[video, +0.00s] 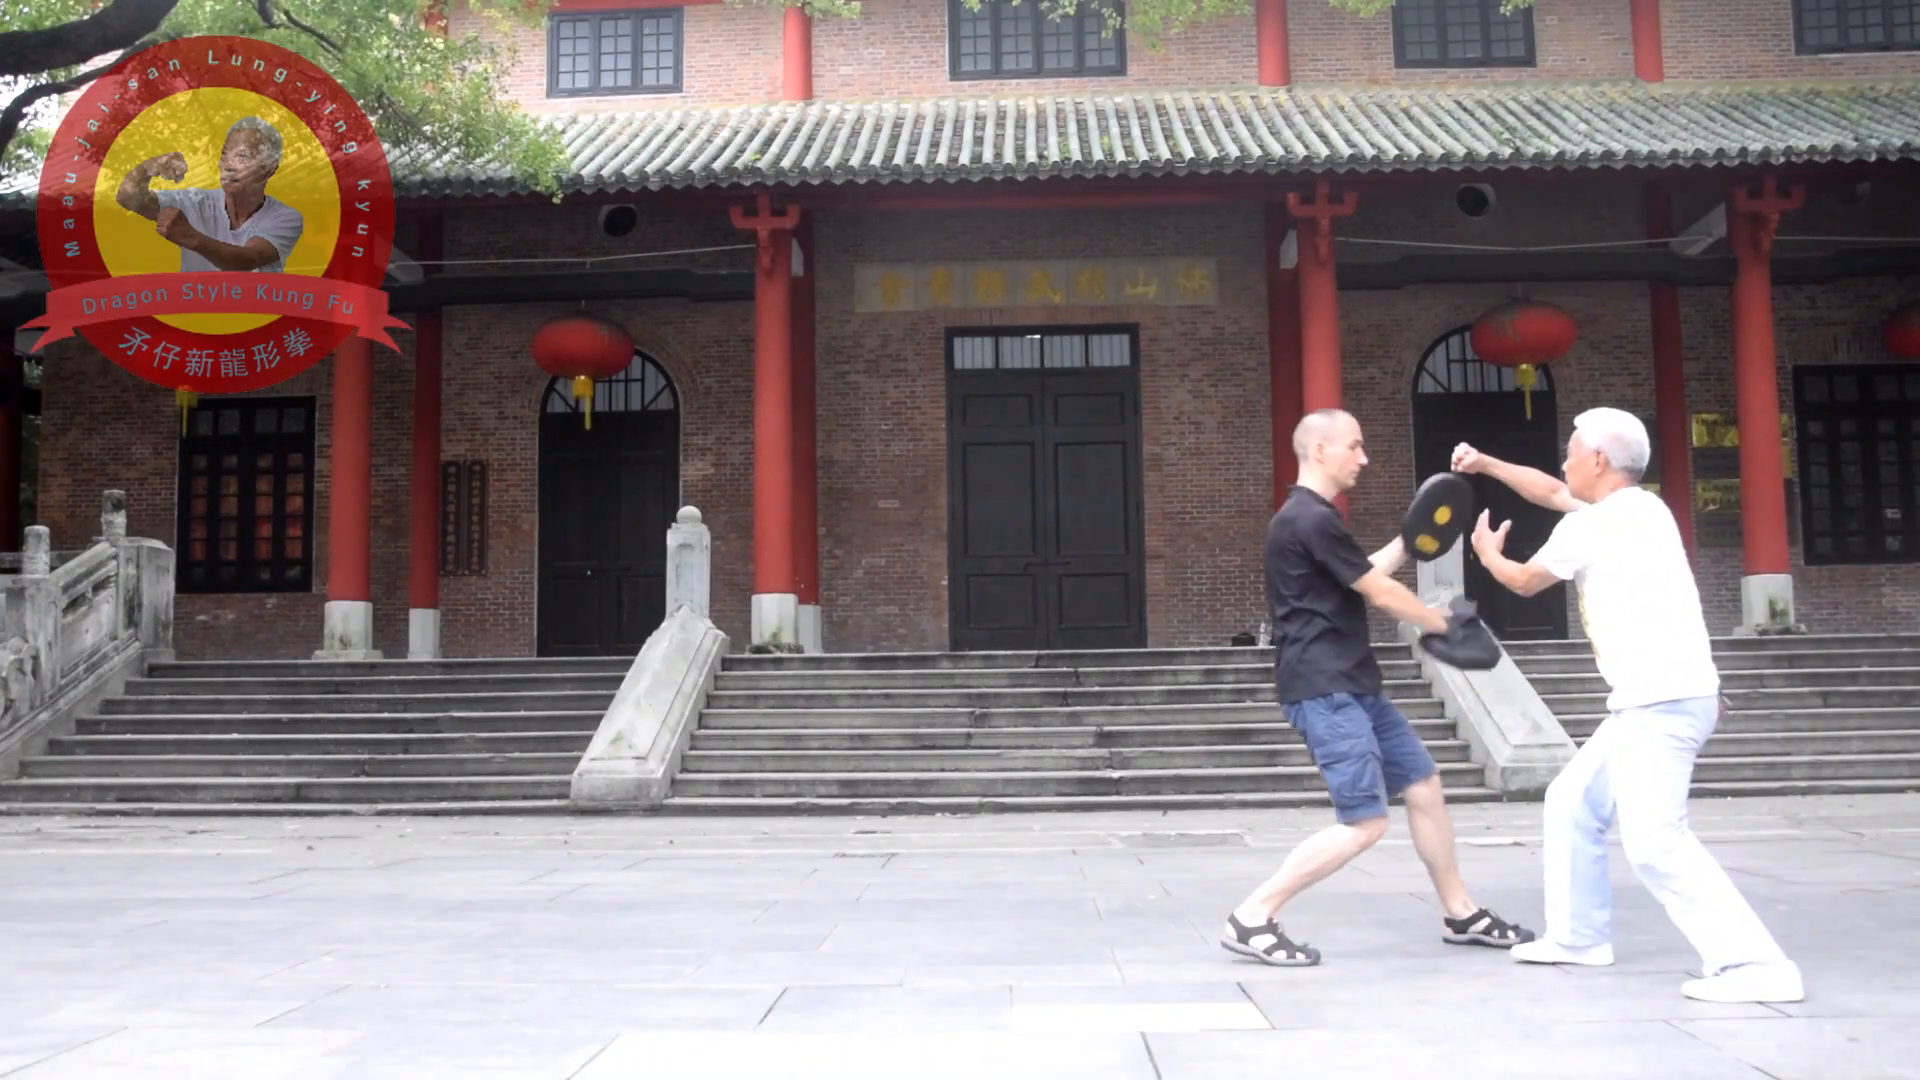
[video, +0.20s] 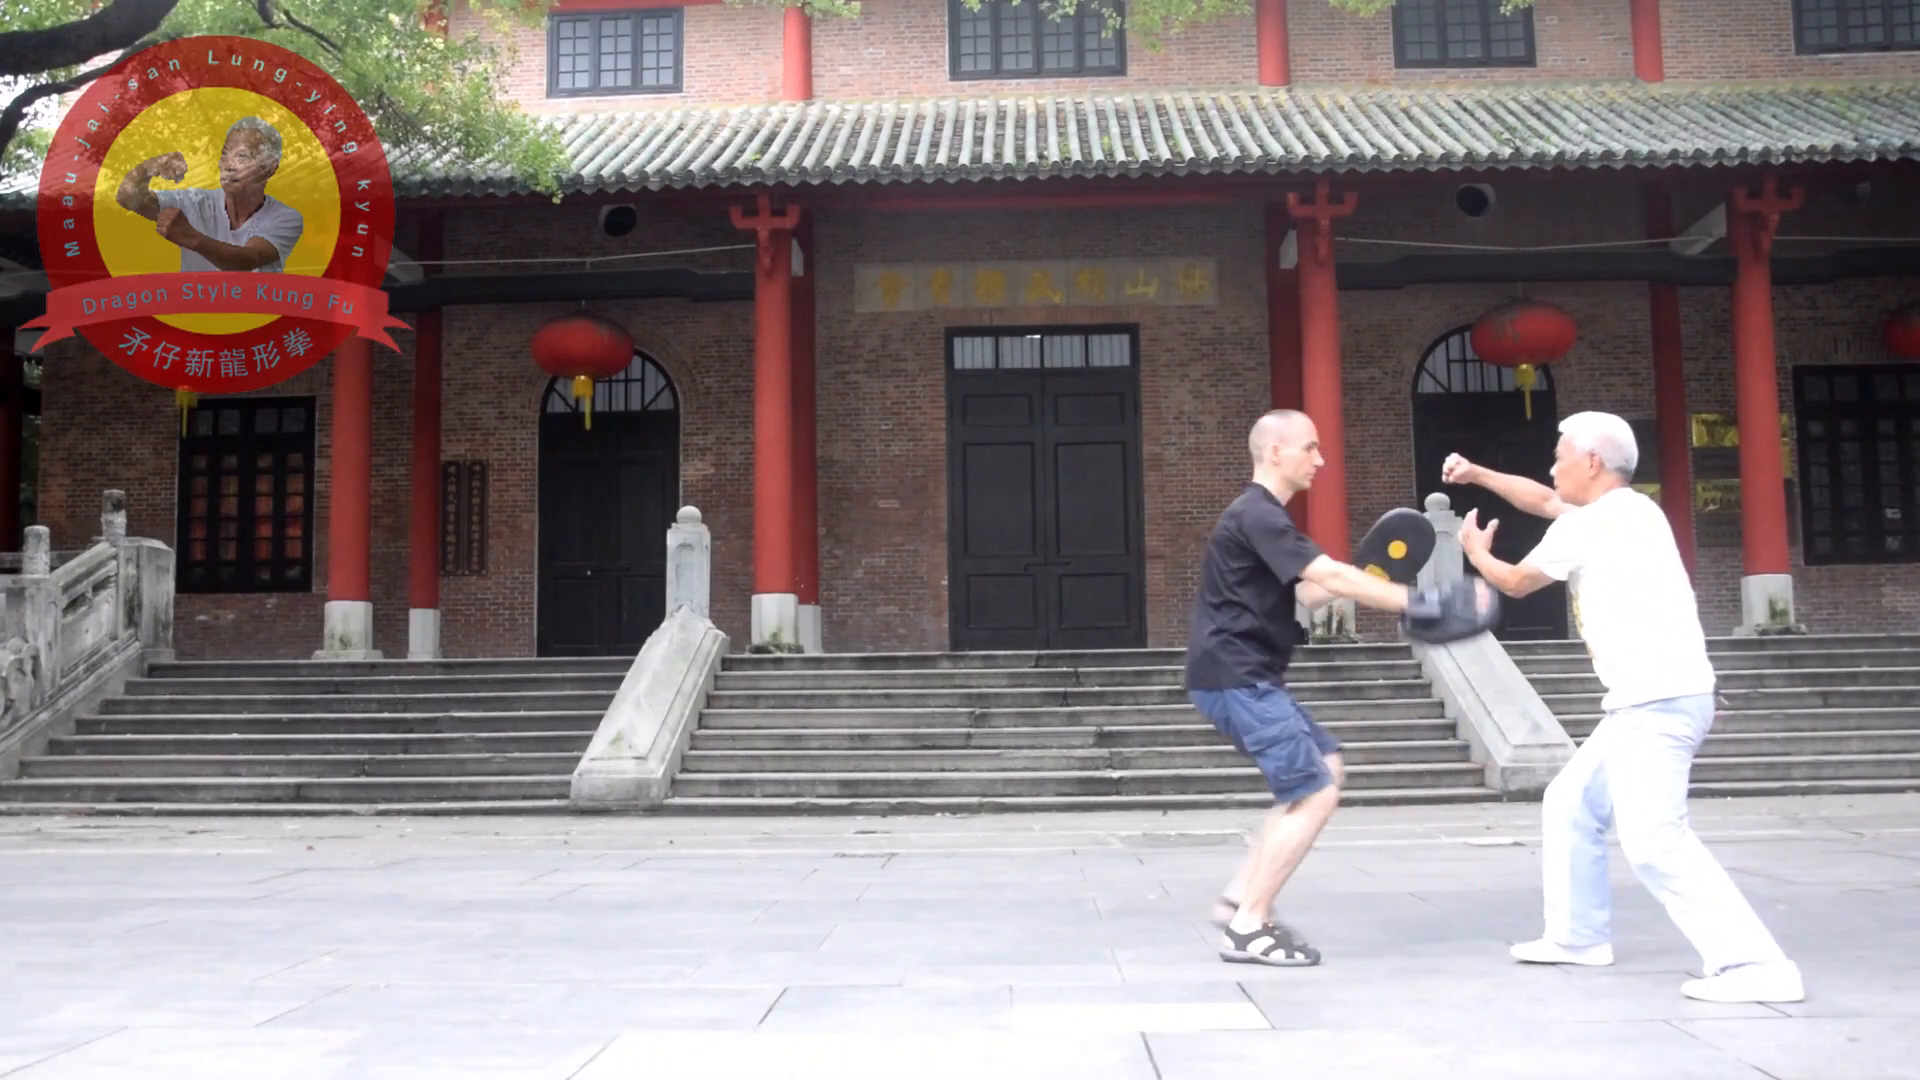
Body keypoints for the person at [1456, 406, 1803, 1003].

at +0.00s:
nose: (1566, 458)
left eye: (1573, 448)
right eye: (1570, 447)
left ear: (1599, 459)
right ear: (1617, 462)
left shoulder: (1591, 522)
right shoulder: (1646, 508)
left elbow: (1524, 581)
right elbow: (1556, 492)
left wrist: (1486, 552)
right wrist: (1487, 464)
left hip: (1657, 702)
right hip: (1670, 697)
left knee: (1654, 840)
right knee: (1569, 802)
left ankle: (1757, 966)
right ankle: (1578, 938)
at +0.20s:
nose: (1555, 461)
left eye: (1563, 450)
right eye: (1558, 450)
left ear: (1593, 462)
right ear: (1606, 464)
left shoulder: (1587, 522)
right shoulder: (1635, 510)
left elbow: (1515, 582)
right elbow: (1547, 500)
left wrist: (1474, 551)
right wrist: (1478, 474)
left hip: (1654, 702)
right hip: (1657, 699)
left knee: (1654, 839)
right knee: (1568, 805)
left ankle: (1758, 967)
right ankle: (1578, 939)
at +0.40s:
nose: (1548, 464)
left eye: (1555, 453)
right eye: (1551, 453)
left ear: (1589, 463)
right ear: (1598, 465)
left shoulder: (1583, 522)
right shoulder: (1630, 511)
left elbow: (1510, 583)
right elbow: (1540, 503)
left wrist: (1464, 553)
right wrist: (1473, 480)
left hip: (1655, 701)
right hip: (1653, 699)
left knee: (1653, 837)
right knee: (1568, 803)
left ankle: (1757, 967)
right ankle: (1578, 938)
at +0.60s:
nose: (1543, 465)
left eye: (1551, 453)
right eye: (1546, 454)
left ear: (1585, 462)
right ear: (1594, 463)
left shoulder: (1578, 521)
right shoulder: (1627, 510)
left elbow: (1503, 581)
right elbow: (1537, 503)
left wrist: (1456, 552)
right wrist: (1470, 478)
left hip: (1652, 700)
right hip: (1653, 697)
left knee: (1654, 839)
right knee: (1567, 804)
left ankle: (1758, 968)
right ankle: (1578, 939)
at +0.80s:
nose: (1532, 476)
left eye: (1539, 464)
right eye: (1533, 465)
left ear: (1573, 468)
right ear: (1584, 469)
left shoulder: (1567, 524)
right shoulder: (1624, 512)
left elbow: (1485, 580)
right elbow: (1534, 502)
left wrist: (1436, 548)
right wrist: (1470, 474)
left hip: (1647, 700)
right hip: (1658, 694)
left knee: (1653, 842)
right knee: (1564, 807)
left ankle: (1759, 968)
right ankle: (1578, 941)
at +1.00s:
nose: (1521, 477)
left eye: (1528, 465)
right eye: (1523, 466)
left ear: (1562, 466)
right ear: (1575, 468)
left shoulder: (1559, 523)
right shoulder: (1615, 512)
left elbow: (1477, 577)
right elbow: (1523, 502)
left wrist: (1427, 546)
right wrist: (1460, 475)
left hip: (1642, 700)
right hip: (1644, 696)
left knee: (1651, 842)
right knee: (1561, 807)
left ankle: (1759, 967)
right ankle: (1578, 941)